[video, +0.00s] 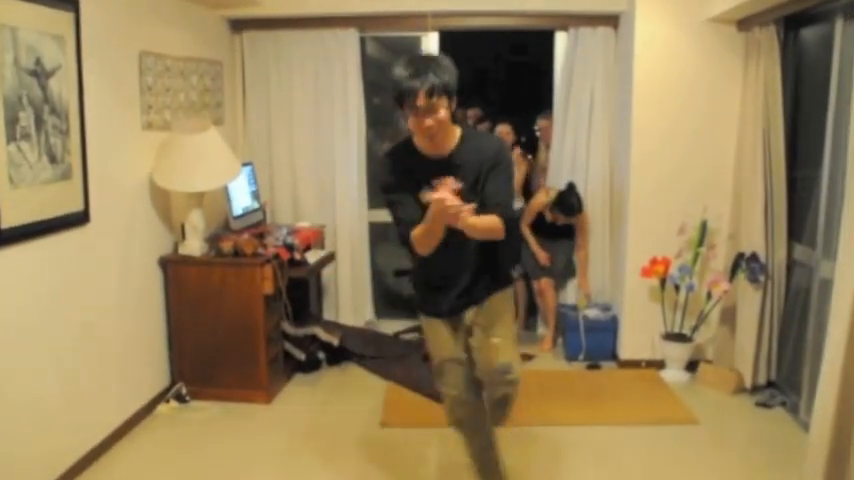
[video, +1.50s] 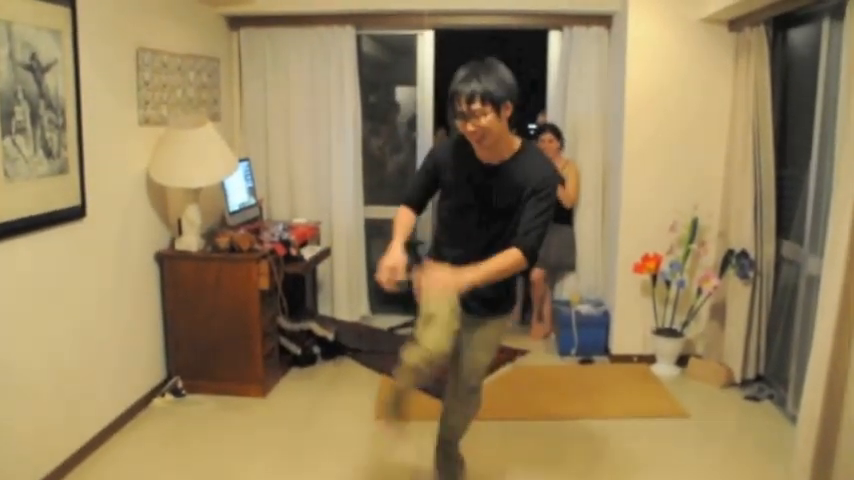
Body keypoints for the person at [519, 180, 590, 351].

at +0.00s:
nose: (562, 221)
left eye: (567, 219)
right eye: (560, 217)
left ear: (575, 213)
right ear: (554, 207)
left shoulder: (579, 216)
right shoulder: (541, 200)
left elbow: (581, 248)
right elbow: (524, 225)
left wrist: (583, 282)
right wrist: (538, 251)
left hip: (563, 241)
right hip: (537, 238)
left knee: (546, 282)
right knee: (537, 286)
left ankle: (550, 331)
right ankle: (550, 328)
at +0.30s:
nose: (568, 211)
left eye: (570, 207)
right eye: (564, 207)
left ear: (574, 202)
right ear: (553, 201)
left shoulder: (578, 208)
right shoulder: (538, 199)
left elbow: (581, 238)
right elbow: (528, 227)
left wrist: (582, 269)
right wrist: (539, 246)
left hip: (564, 240)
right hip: (540, 239)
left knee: (548, 282)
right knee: (540, 283)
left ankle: (550, 330)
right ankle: (550, 327)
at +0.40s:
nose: (563, 194)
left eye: (567, 188)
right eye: (559, 188)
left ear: (573, 186)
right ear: (550, 187)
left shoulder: (579, 197)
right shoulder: (539, 194)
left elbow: (582, 222)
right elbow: (532, 223)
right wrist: (538, 236)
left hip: (563, 235)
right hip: (541, 233)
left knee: (548, 279)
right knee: (539, 281)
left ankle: (550, 329)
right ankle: (550, 325)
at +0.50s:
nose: (559, 180)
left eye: (563, 175)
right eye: (554, 175)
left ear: (571, 175)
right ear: (547, 176)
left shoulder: (578, 190)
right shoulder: (538, 189)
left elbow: (580, 223)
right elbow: (536, 221)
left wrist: (561, 227)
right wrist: (549, 224)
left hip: (564, 235)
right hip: (539, 235)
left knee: (548, 279)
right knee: (539, 281)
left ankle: (550, 329)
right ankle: (550, 325)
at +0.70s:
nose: (554, 154)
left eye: (559, 149)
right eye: (550, 150)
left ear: (568, 152)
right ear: (545, 153)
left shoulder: (576, 173)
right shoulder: (539, 173)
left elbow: (578, 209)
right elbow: (533, 203)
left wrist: (563, 194)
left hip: (564, 229)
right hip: (542, 227)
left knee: (548, 278)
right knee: (544, 279)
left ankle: (549, 329)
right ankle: (550, 327)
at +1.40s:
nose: (546, 146)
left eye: (551, 141)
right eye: (543, 141)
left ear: (560, 144)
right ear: (538, 146)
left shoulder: (569, 165)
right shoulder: (537, 167)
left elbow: (569, 198)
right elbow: (531, 198)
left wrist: (561, 171)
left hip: (561, 225)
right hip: (539, 224)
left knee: (538, 274)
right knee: (544, 279)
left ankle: (536, 319)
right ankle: (548, 323)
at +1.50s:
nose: (545, 146)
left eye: (550, 141)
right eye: (542, 141)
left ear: (559, 144)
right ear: (537, 145)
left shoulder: (568, 166)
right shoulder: (538, 167)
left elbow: (568, 200)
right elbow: (532, 197)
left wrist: (553, 177)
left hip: (559, 225)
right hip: (539, 223)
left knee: (538, 273)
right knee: (543, 279)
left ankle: (535, 319)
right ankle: (547, 323)